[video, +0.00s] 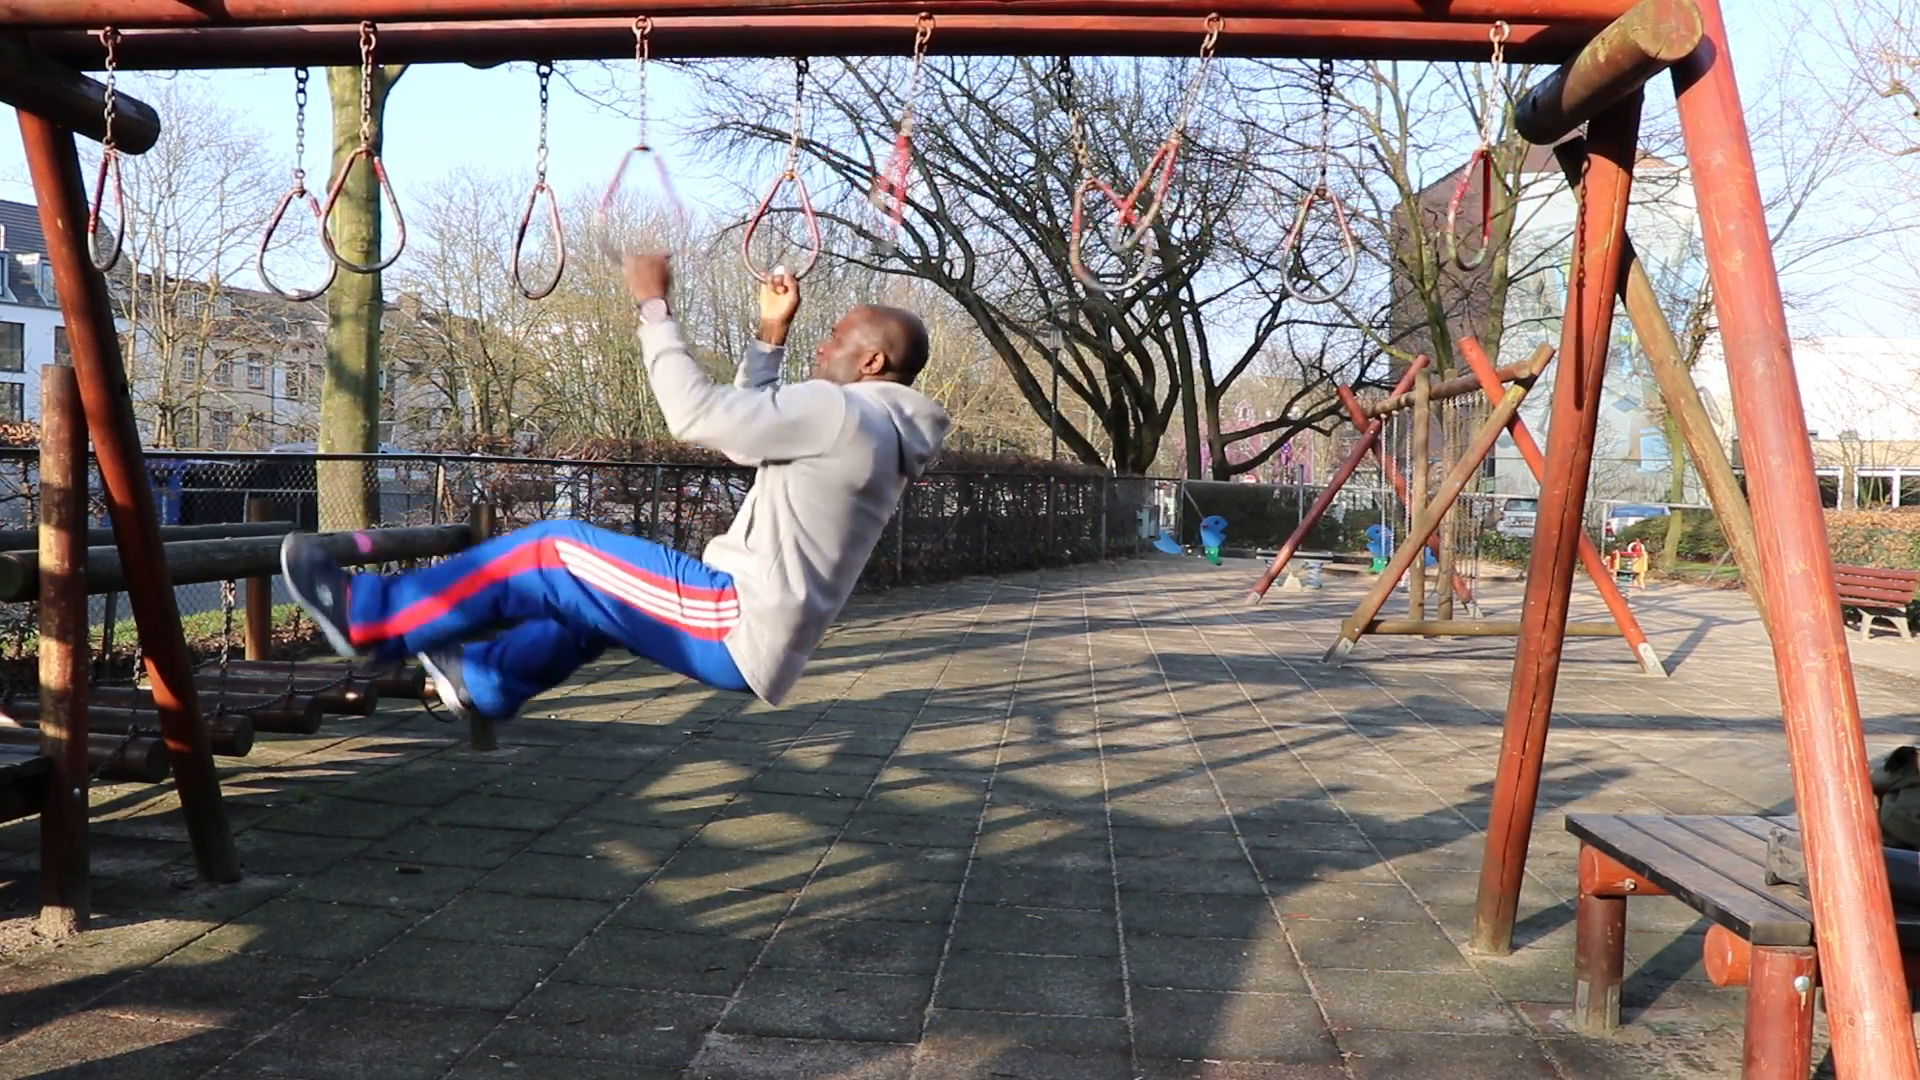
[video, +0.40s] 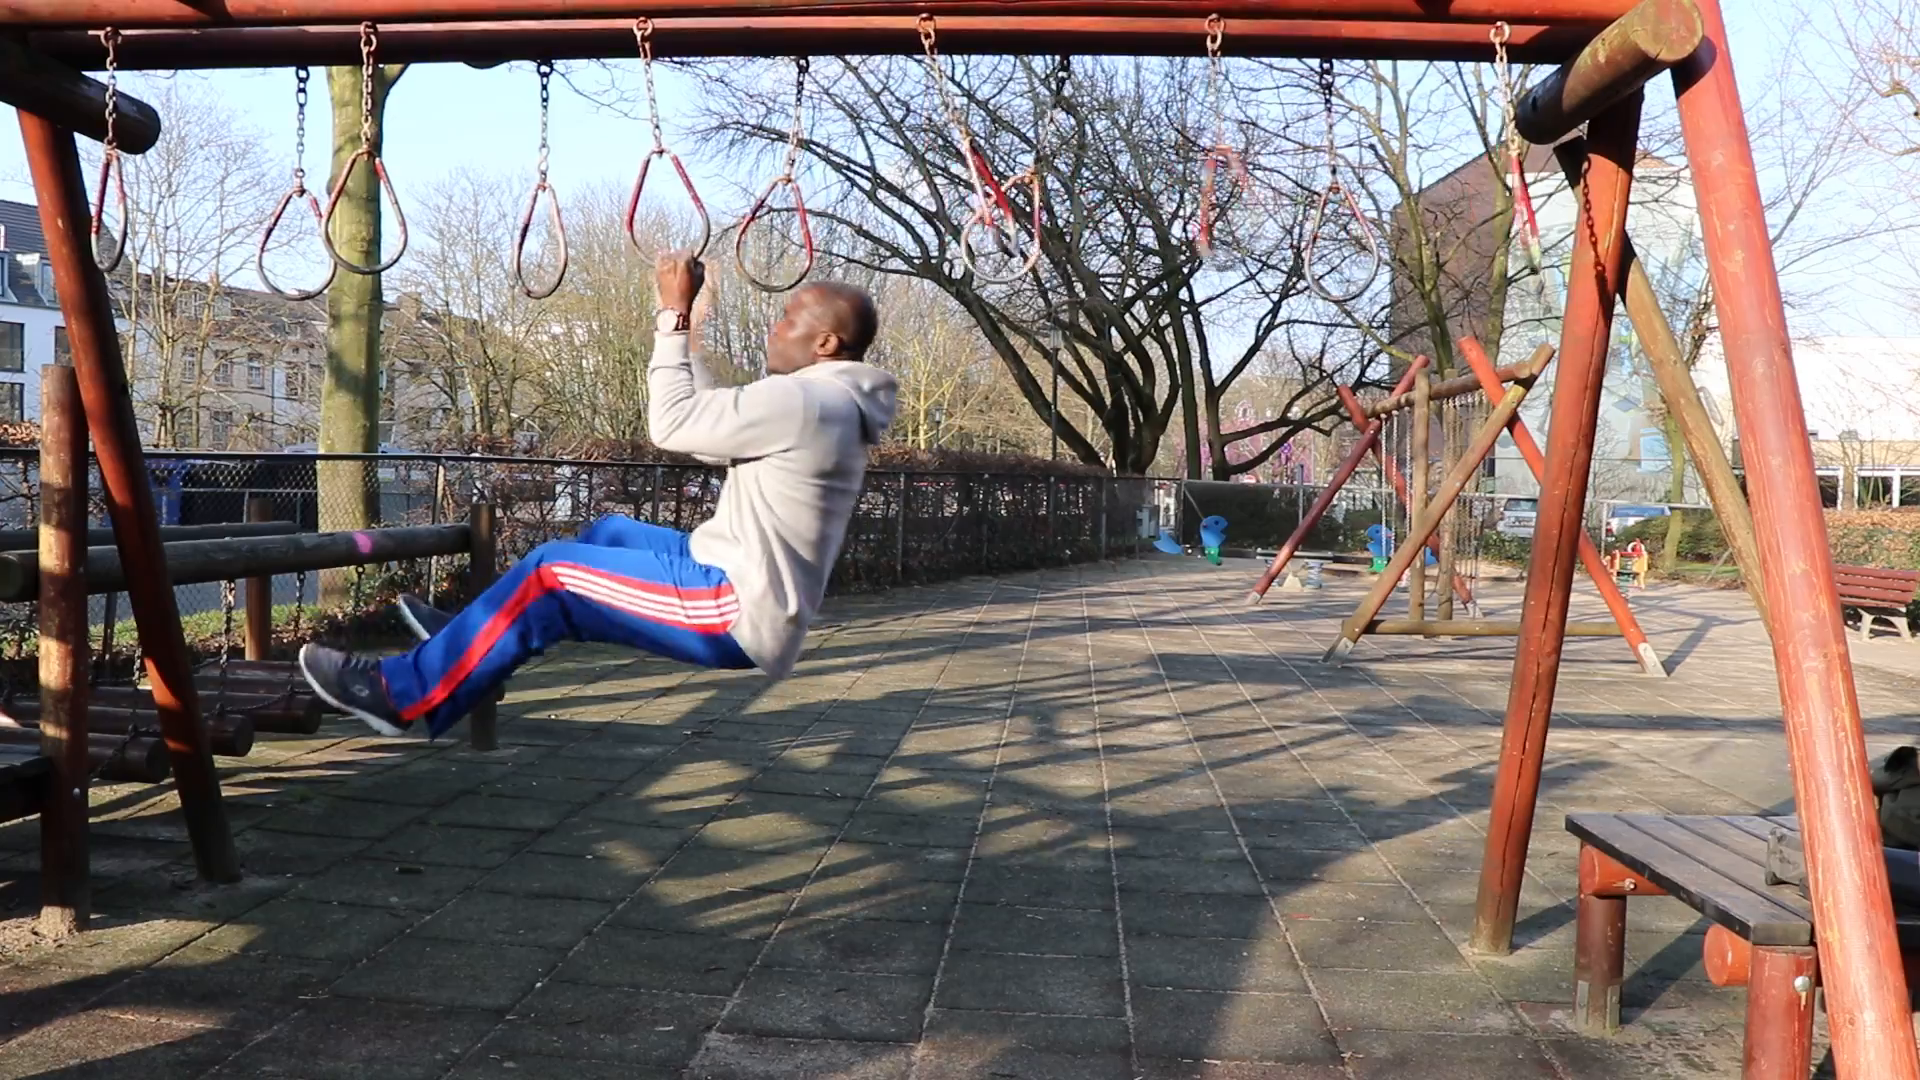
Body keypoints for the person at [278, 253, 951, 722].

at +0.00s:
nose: (824, 351)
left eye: (836, 341)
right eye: (830, 341)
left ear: (874, 363)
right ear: (885, 371)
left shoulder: (836, 413)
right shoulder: (881, 433)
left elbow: (698, 417)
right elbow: (761, 434)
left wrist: (653, 308)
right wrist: (771, 340)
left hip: (733, 621)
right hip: (767, 632)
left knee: (555, 546)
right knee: (592, 595)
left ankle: (363, 614)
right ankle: (485, 687)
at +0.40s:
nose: (773, 328)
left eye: (786, 319)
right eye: (780, 316)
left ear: (823, 341)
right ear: (830, 343)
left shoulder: (804, 402)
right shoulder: (827, 401)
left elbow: (676, 422)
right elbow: (705, 421)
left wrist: (672, 318)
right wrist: (692, 336)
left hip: (735, 610)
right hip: (749, 587)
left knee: (549, 573)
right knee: (609, 531)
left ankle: (407, 695)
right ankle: (461, 642)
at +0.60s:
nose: (732, 339)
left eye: (747, 331)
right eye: (739, 326)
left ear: (784, 356)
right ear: (784, 355)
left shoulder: (769, 421)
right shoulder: (766, 408)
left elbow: (644, 424)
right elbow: (643, 400)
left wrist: (658, 317)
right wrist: (567, 324)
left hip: (703, 627)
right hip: (696, 588)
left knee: (513, 608)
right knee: (555, 557)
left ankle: (369, 722)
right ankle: (416, 670)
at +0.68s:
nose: (706, 348)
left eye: (722, 339)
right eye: (713, 336)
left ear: (760, 364)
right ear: (760, 363)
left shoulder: (749, 430)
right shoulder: (741, 421)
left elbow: (621, 421)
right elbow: (616, 422)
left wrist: (647, 314)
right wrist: (568, 338)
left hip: (681, 637)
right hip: (666, 598)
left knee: (489, 626)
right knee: (525, 573)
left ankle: (340, 735)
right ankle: (386, 692)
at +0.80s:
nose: (676, 359)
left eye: (690, 348)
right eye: (683, 346)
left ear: (726, 370)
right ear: (729, 373)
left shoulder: (712, 438)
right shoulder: (711, 433)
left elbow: (586, 420)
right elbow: (596, 433)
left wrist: (628, 315)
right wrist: (575, 342)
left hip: (639, 648)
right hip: (628, 615)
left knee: (447, 622)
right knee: (486, 587)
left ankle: (299, 741)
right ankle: (381, 732)